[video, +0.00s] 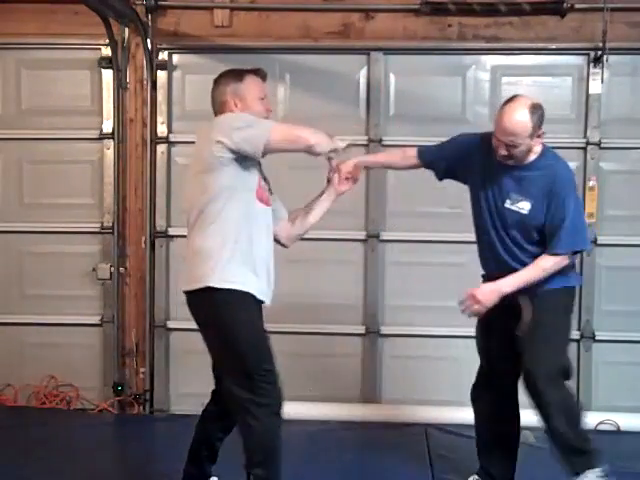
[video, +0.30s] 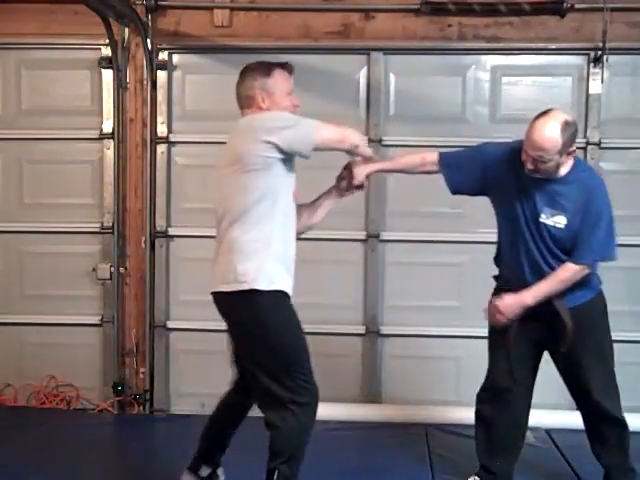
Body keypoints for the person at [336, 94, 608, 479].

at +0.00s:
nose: (499, 149)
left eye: (510, 144)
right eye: (496, 139)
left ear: (537, 140)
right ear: (493, 126)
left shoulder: (556, 176)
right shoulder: (474, 149)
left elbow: (562, 254)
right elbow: (417, 156)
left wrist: (498, 287)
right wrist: (360, 161)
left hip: (549, 289)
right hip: (498, 287)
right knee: (492, 387)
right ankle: (494, 474)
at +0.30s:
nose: (528, 163)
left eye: (540, 161)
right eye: (525, 153)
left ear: (569, 155)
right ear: (524, 139)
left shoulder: (588, 188)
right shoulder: (501, 160)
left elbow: (581, 264)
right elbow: (435, 161)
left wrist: (522, 299)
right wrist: (371, 166)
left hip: (576, 304)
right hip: (515, 299)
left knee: (598, 399)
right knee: (503, 394)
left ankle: (620, 473)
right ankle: (492, 475)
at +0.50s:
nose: (521, 155)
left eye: (531, 151)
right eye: (521, 146)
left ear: (563, 151)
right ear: (522, 135)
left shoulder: (595, 189)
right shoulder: (509, 156)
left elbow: (595, 268)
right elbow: (446, 152)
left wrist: (551, 321)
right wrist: (392, 158)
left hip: (579, 306)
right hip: (518, 302)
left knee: (598, 405)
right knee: (503, 396)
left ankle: (619, 473)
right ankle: (492, 473)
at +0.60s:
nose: (515, 151)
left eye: (524, 147)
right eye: (515, 142)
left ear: (556, 148)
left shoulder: (594, 189)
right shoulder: (505, 156)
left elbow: (604, 268)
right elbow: (444, 147)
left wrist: (570, 323)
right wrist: (383, 165)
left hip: (574, 304)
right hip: (515, 301)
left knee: (588, 392)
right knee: (503, 396)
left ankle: (614, 473)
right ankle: (493, 474)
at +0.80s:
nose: (518, 169)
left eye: (528, 165)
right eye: (518, 159)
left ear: (562, 165)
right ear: (520, 148)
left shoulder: (603, 199)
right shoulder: (511, 161)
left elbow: (627, 271)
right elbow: (442, 149)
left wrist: (609, 326)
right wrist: (384, 171)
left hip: (574, 309)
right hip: (517, 301)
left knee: (572, 413)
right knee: (500, 395)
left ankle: (582, 477)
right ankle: (494, 475)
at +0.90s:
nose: (518, 187)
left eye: (527, 184)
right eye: (519, 178)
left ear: (563, 183)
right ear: (521, 164)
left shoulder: (608, 216)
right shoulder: (518, 175)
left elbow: (635, 286)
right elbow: (444, 158)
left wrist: (620, 345)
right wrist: (383, 175)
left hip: (577, 319)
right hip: (524, 307)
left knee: (566, 424)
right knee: (498, 405)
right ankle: (494, 476)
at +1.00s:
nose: (516, 220)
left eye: (526, 217)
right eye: (515, 210)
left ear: (563, 213)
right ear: (516, 193)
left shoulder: (607, 236)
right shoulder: (514, 190)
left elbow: (637, 304)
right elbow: (441, 181)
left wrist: (625, 370)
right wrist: (381, 196)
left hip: (586, 321)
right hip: (532, 309)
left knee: (573, 423)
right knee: (505, 406)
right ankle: (494, 474)